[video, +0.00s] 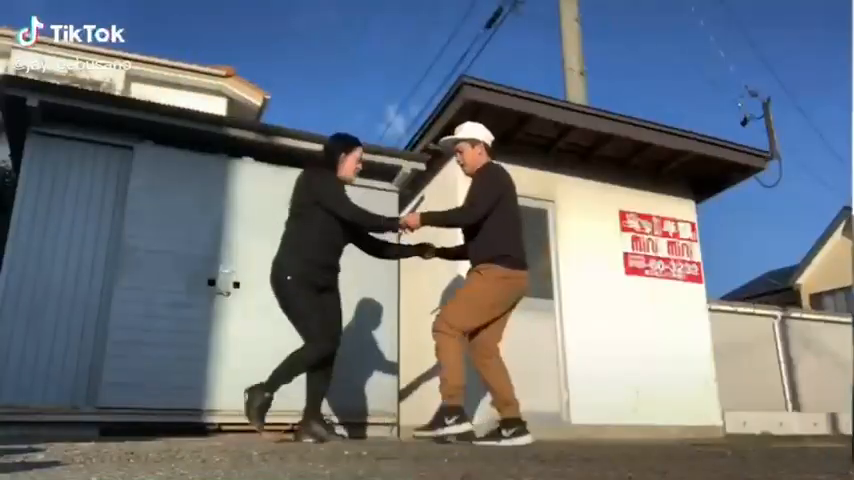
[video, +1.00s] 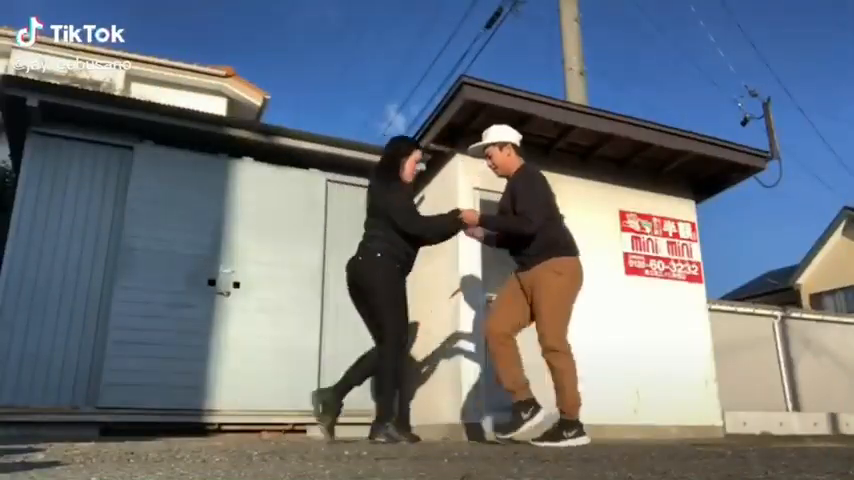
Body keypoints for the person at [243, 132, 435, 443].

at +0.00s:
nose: (359, 167)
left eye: (360, 161)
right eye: (356, 159)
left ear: (340, 159)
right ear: (339, 156)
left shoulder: (336, 201)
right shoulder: (318, 179)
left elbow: (373, 247)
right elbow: (356, 217)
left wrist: (414, 250)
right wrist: (397, 223)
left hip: (323, 280)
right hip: (294, 276)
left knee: (327, 346)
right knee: (320, 344)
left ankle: (311, 419)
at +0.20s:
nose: (353, 165)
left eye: (353, 159)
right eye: (349, 158)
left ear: (339, 160)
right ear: (332, 155)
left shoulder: (345, 202)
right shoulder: (305, 178)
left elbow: (378, 242)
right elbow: (328, 214)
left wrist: (417, 249)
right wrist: (376, 222)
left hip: (312, 277)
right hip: (272, 270)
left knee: (336, 330)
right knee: (257, 340)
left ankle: (316, 410)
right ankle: (246, 413)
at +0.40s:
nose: (357, 167)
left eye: (359, 162)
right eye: (354, 160)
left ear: (346, 160)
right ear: (337, 156)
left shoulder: (345, 199)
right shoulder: (316, 182)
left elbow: (370, 244)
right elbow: (349, 222)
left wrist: (406, 245)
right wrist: (394, 222)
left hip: (319, 283)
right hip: (285, 273)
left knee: (325, 342)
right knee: (272, 343)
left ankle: (296, 418)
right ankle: (247, 413)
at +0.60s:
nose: (379, 168)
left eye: (380, 162)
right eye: (376, 161)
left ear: (353, 158)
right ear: (360, 157)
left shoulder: (337, 181)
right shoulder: (362, 186)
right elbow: (397, 218)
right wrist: (440, 208)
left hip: (301, 261)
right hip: (324, 264)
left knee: (302, 340)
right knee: (357, 329)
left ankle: (294, 418)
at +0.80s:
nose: (397, 170)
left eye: (399, 165)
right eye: (395, 163)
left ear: (374, 159)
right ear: (380, 159)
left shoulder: (354, 184)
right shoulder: (379, 191)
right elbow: (412, 226)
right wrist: (455, 214)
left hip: (320, 259)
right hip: (351, 264)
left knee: (310, 337)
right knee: (375, 338)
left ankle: (300, 416)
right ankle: (386, 418)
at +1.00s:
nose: (417, 170)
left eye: (418, 164)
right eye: (414, 163)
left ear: (397, 161)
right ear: (399, 161)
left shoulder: (385, 189)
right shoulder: (392, 190)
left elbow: (418, 235)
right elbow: (416, 228)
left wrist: (456, 226)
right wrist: (457, 217)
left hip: (365, 269)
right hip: (380, 270)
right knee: (394, 343)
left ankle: (334, 395)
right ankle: (385, 424)